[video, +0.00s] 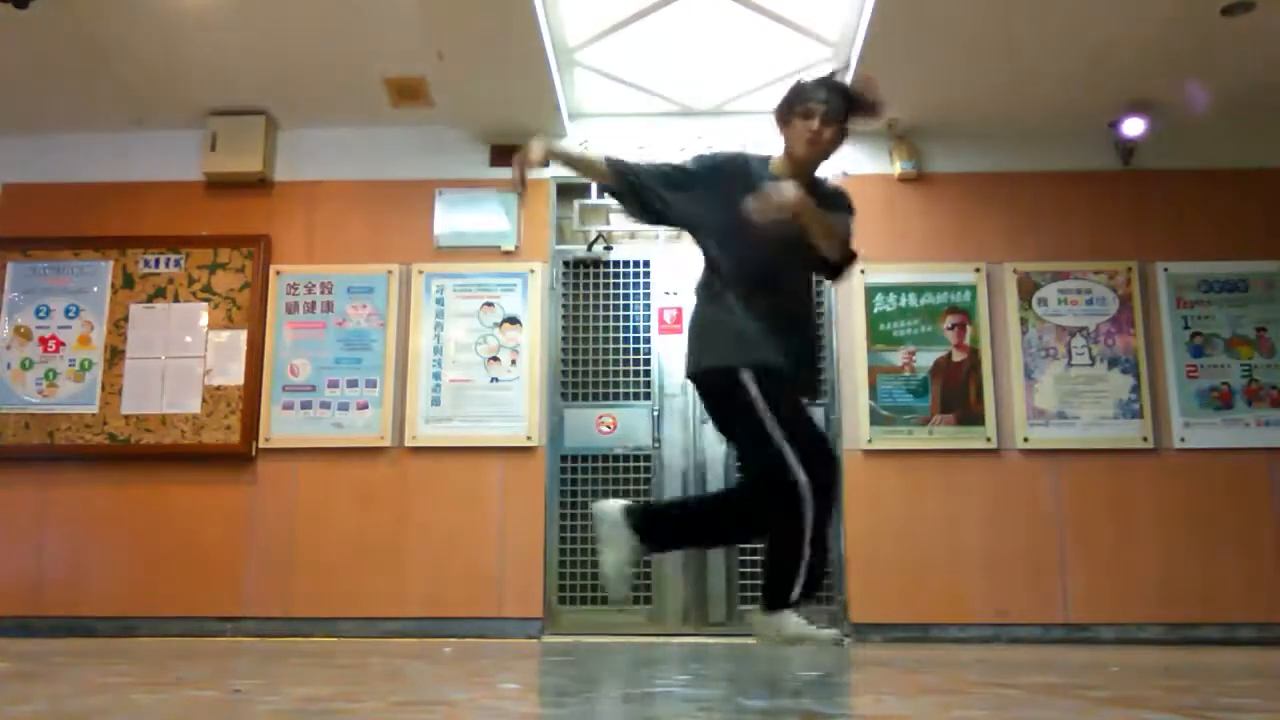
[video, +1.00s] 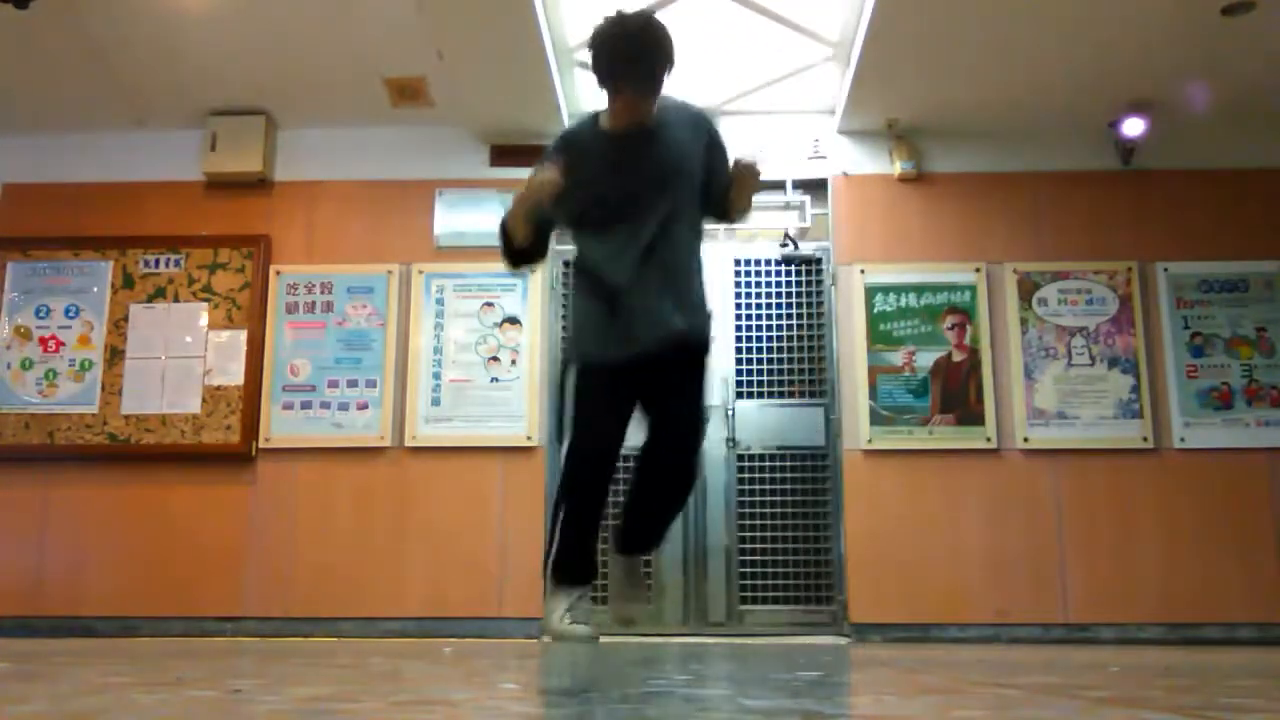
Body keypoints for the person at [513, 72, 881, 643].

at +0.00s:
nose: (815, 130)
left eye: (829, 123)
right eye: (805, 116)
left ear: (840, 138)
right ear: (783, 122)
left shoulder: (831, 202)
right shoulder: (732, 175)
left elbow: (838, 261)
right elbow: (641, 183)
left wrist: (804, 213)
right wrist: (559, 153)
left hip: (783, 363)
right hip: (729, 354)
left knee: (777, 500)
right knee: (811, 468)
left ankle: (633, 524)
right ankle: (780, 611)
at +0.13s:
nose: (796, 110)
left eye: (810, 104)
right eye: (788, 97)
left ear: (823, 118)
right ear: (769, 102)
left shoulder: (809, 189)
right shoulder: (717, 151)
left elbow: (820, 264)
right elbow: (629, 164)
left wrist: (794, 265)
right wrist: (553, 140)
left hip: (740, 335)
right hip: (688, 322)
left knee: (732, 461)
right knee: (740, 448)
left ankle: (608, 552)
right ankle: (768, 595)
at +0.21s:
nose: (792, 104)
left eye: (801, 95)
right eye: (783, 89)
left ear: (806, 103)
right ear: (756, 85)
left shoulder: (786, 182)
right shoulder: (703, 134)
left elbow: (792, 261)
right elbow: (616, 165)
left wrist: (803, 318)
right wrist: (578, 191)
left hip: (712, 319)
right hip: (659, 306)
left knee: (703, 448)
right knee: (692, 443)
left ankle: (619, 583)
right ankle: (698, 588)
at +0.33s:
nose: (761, 120)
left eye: (770, 111)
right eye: (751, 105)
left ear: (773, 118)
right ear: (720, 103)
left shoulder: (746, 203)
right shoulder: (672, 158)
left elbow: (758, 286)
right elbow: (611, 213)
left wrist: (805, 344)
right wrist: (657, 269)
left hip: (685, 345)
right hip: (630, 329)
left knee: (682, 471)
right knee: (647, 450)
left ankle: (616, 600)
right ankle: (572, 574)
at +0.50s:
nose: (730, 99)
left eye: (738, 89)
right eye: (721, 85)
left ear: (743, 97)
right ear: (693, 85)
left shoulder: (724, 171)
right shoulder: (647, 143)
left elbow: (715, 243)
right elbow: (583, 209)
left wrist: (757, 299)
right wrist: (647, 251)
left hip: (665, 322)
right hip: (607, 305)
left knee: (656, 454)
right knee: (611, 400)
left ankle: (609, 595)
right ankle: (521, 515)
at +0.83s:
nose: (656, 83)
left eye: (665, 69)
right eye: (644, 69)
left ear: (676, 69)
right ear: (620, 68)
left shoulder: (693, 152)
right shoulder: (576, 151)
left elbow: (714, 250)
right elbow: (523, 242)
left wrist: (713, 229)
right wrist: (555, 243)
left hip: (661, 340)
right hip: (585, 340)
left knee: (657, 475)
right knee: (587, 469)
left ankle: (575, 550)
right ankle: (567, 607)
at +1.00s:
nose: (640, 105)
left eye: (649, 92)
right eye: (629, 92)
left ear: (662, 79)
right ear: (606, 82)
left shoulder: (691, 130)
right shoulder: (575, 147)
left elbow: (719, 205)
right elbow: (520, 249)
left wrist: (738, 192)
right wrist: (531, 201)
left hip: (677, 320)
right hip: (601, 325)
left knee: (678, 451)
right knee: (593, 452)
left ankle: (633, 549)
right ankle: (569, 588)